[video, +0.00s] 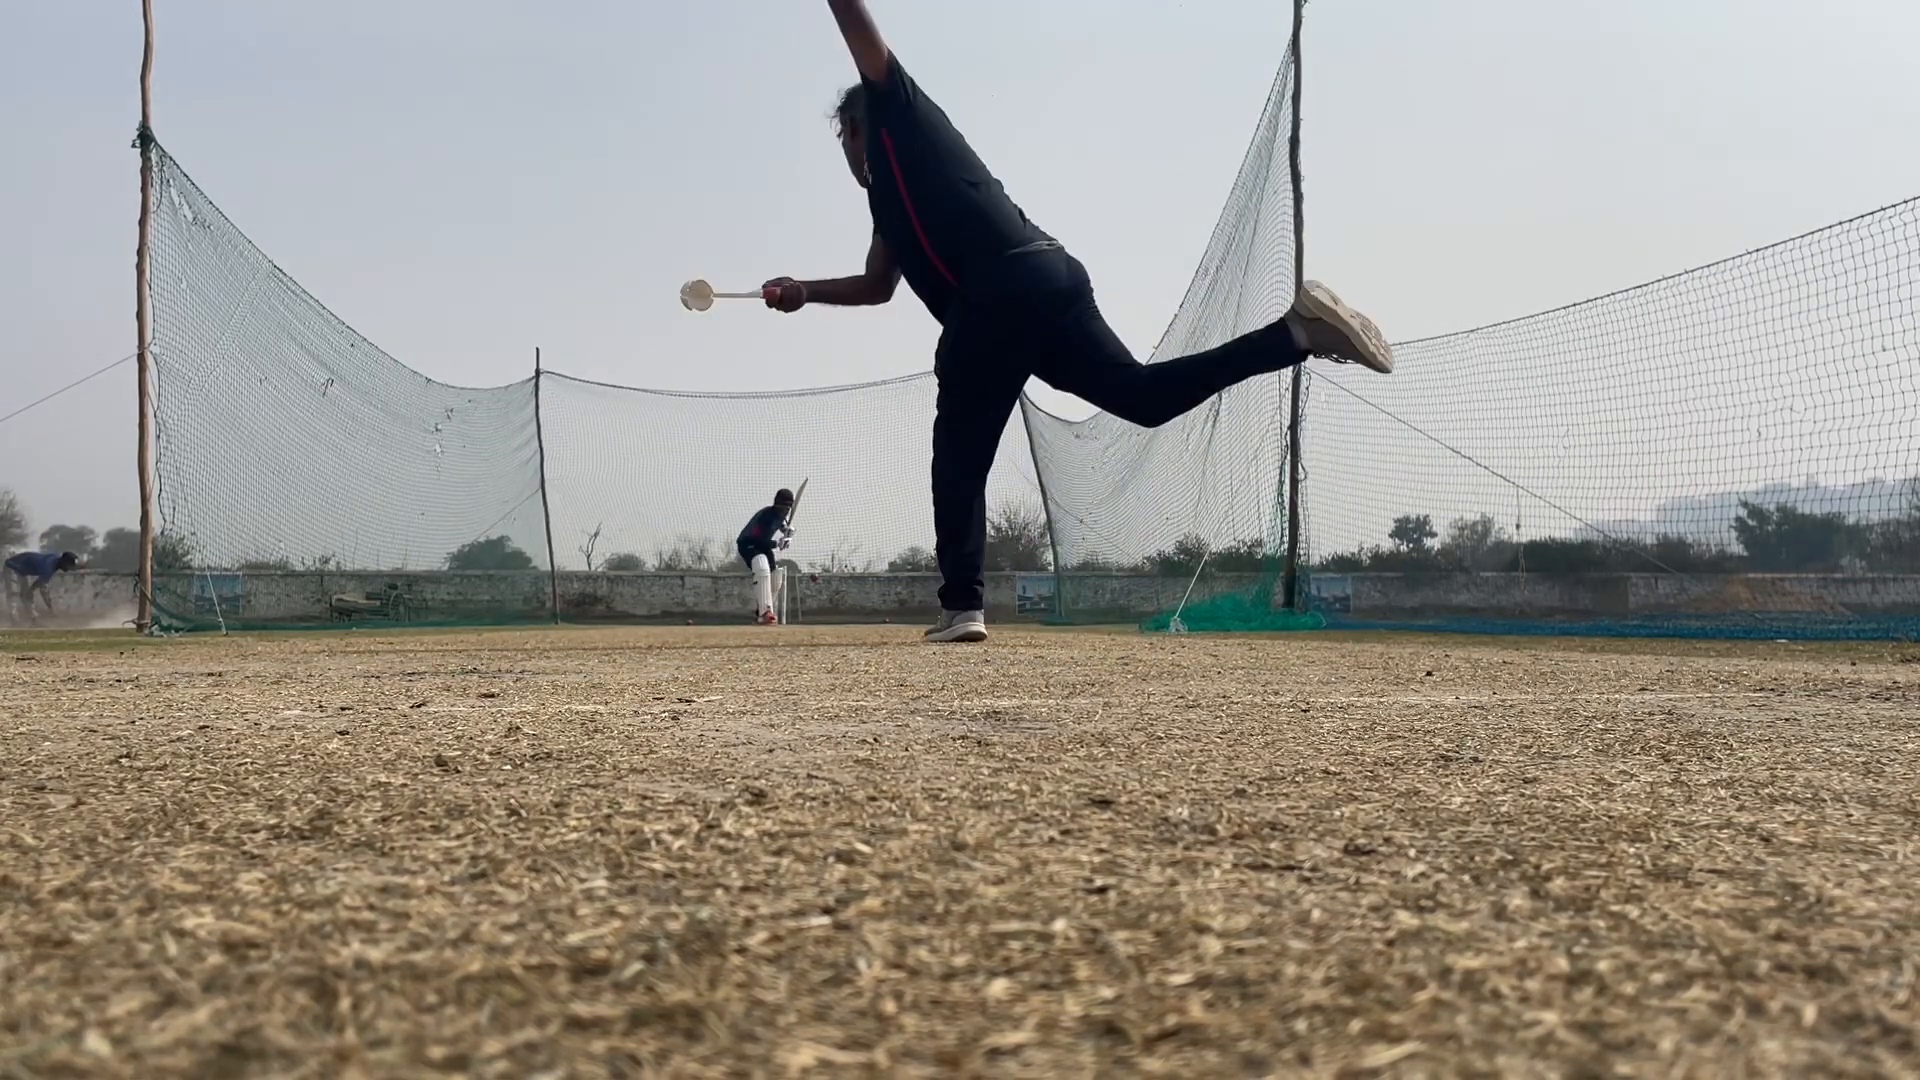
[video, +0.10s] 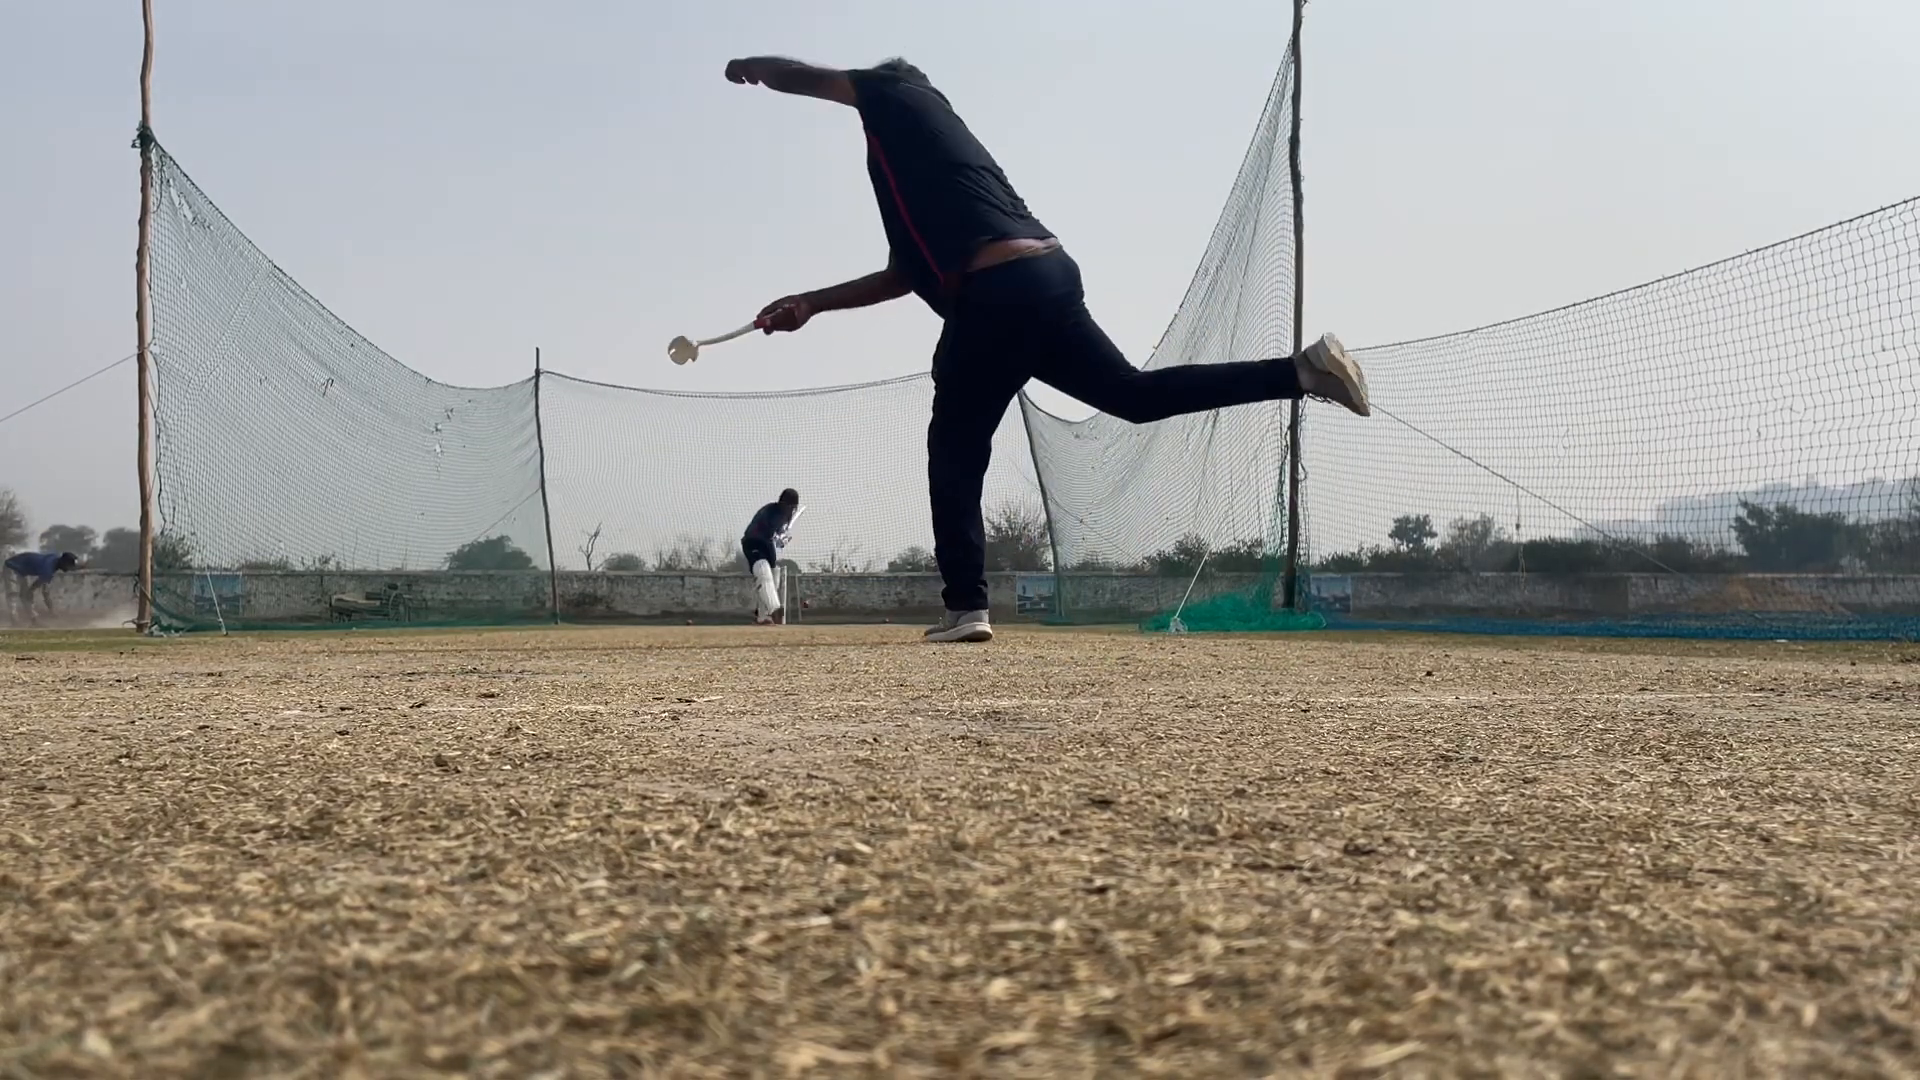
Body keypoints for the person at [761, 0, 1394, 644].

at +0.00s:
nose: (847, 156)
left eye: (846, 140)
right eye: (843, 146)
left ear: (864, 121)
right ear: (869, 137)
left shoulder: (896, 105)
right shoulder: (891, 204)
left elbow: (850, 11)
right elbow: (874, 287)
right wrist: (802, 291)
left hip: (994, 302)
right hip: (1046, 283)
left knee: (959, 466)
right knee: (1144, 399)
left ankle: (962, 612)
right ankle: (1298, 333)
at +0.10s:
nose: (857, 109)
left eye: (862, 96)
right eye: (863, 107)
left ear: (884, 88)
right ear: (918, 104)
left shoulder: (897, 96)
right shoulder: (922, 182)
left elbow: (798, 76)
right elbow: (899, 279)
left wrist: (748, 71)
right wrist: (809, 303)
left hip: (991, 295)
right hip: (1049, 281)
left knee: (954, 457)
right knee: (1133, 396)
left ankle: (964, 611)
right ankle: (1303, 373)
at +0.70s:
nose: (938, 77)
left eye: (939, 68)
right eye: (943, 70)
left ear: (946, 65)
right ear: (1003, 68)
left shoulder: (933, 109)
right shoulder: (1043, 121)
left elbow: (919, 207)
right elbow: (1072, 238)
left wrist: (882, 313)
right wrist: (1033, 292)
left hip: (973, 316)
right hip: (1048, 313)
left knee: (946, 462)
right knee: (1075, 457)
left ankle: (965, 614)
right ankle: (1121, 608)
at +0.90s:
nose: (973, 76)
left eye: (972, 67)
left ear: (970, 66)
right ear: (1031, 70)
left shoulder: (945, 110)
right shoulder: (1069, 123)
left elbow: (889, 215)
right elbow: (1101, 237)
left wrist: (901, 243)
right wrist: (1076, 297)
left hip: (987, 311)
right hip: (1066, 310)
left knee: (958, 460)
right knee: (1086, 456)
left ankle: (966, 613)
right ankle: (1122, 610)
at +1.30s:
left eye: (1052, 73)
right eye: (1102, 76)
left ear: (1048, 71)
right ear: (1108, 78)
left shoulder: (1019, 109)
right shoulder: (1139, 127)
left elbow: (967, 205)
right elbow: (1179, 230)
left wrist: (1001, 151)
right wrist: (1205, 330)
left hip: (1044, 305)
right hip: (1121, 309)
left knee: (1009, 453)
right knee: (1120, 456)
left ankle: (971, 609)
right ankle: (1124, 611)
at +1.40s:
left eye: (1068, 70)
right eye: (1118, 73)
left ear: (1064, 68)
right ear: (1123, 76)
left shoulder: (1033, 107)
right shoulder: (1155, 126)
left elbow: (983, 200)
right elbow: (1192, 227)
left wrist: (1024, 148)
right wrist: (1218, 326)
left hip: (1050, 305)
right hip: (1126, 311)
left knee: (1015, 448)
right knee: (1123, 455)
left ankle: (995, 601)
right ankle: (1124, 610)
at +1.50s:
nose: (1133, 79)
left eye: (1088, 66)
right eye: (1137, 72)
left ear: (1076, 63)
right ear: (1136, 71)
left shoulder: (1042, 103)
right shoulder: (1162, 120)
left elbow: (998, 197)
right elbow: (1201, 226)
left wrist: (1044, 146)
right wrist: (1227, 328)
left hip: (1052, 304)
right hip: (1130, 310)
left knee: (1024, 445)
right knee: (1127, 453)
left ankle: (1037, 581)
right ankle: (1124, 610)